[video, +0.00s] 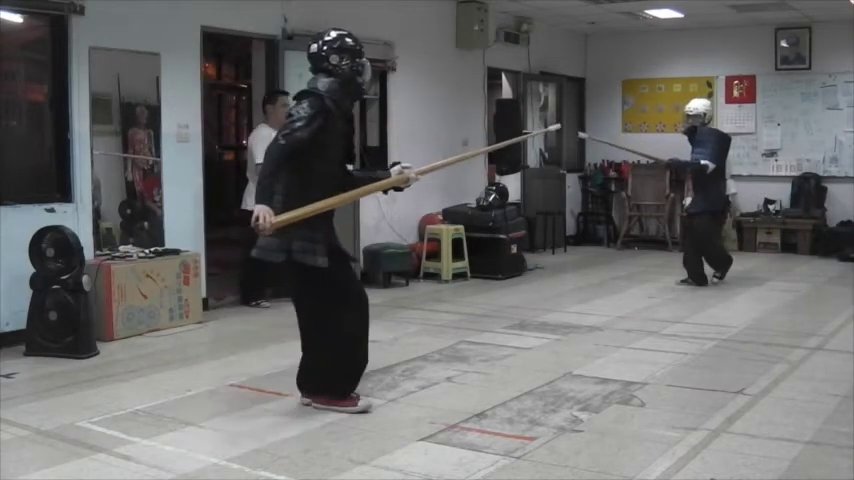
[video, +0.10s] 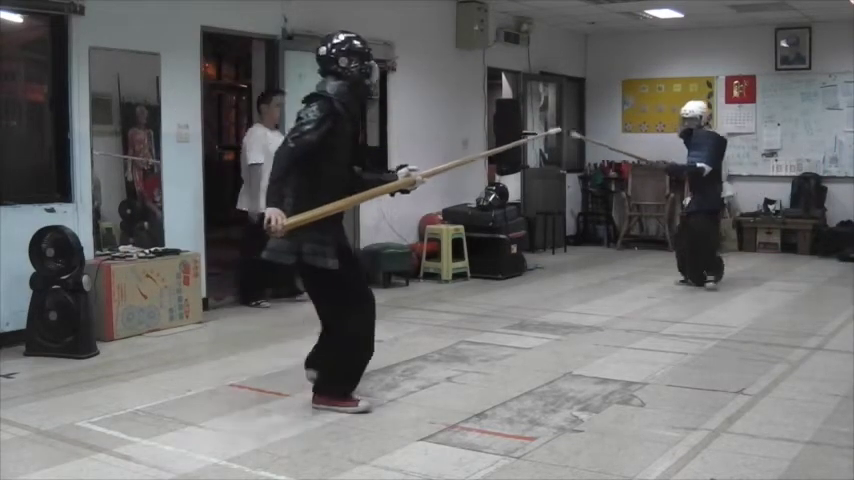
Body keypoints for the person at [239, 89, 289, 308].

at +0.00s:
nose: (288, 111)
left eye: (288, 106)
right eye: (283, 106)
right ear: (268, 109)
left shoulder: (276, 135)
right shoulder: (262, 135)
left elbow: (277, 165)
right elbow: (263, 169)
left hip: (269, 201)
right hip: (257, 202)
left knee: (264, 246)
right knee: (254, 247)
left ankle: (258, 291)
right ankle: (250, 295)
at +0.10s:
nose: (280, 112)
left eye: (281, 107)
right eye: (276, 107)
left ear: (280, 110)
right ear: (262, 108)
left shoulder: (278, 135)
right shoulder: (255, 134)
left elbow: (283, 169)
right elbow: (255, 170)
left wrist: (284, 198)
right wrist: (257, 205)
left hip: (276, 203)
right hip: (257, 206)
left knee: (280, 245)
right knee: (254, 250)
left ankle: (285, 287)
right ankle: (251, 294)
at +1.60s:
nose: (252, 107)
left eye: (253, 103)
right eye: (247, 103)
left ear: (253, 107)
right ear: (236, 105)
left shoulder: (258, 133)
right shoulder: (224, 132)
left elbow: (269, 163)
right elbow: (224, 167)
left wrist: (282, 184)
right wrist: (239, 194)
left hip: (255, 204)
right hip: (228, 204)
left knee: (260, 249)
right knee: (227, 247)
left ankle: (264, 291)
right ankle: (221, 286)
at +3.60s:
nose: (232, 99)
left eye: (232, 95)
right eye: (227, 95)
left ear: (231, 99)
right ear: (214, 98)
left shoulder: (232, 125)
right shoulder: (206, 123)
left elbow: (243, 156)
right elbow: (208, 159)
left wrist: (253, 182)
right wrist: (223, 188)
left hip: (237, 196)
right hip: (214, 197)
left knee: (241, 240)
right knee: (216, 243)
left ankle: (250, 280)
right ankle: (217, 284)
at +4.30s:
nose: (231, 100)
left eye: (232, 95)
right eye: (226, 95)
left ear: (233, 98)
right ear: (214, 98)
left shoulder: (235, 123)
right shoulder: (209, 123)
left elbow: (239, 153)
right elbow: (208, 155)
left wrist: (239, 177)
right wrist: (216, 183)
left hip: (233, 183)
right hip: (217, 185)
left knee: (229, 234)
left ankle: (228, 282)